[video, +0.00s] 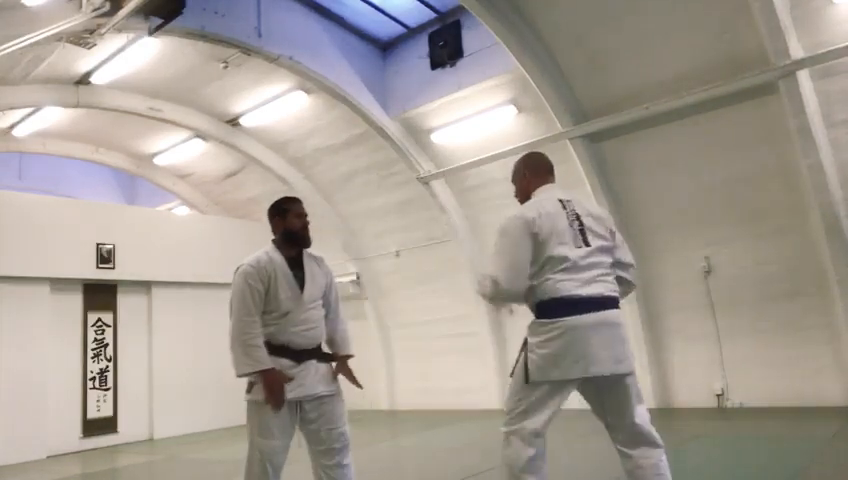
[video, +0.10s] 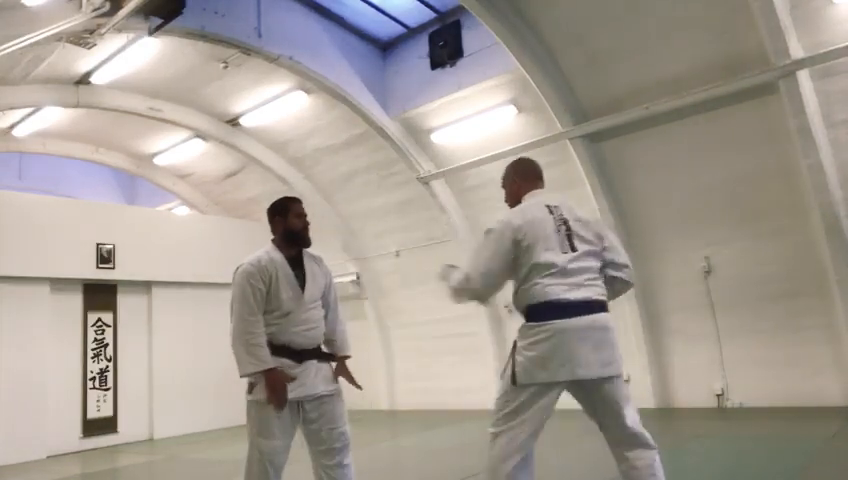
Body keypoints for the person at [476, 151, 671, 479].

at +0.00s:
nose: (515, 193)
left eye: (515, 184)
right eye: (514, 185)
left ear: (525, 179)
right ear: (551, 178)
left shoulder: (524, 218)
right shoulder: (596, 212)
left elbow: (511, 288)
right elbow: (626, 274)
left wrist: (488, 287)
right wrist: (593, 300)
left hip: (557, 335)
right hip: (608, 331)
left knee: (522, 430)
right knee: (636, 432)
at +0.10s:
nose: (504, 195)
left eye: (505, 186)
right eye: (503, 187)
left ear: (517, 185)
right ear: (539, 183)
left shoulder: (514, 223)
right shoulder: (585, 219)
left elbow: (479, 284)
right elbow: (622, 274)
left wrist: (454, 276)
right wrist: (583, 298)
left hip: (546, 339)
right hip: (596, 335)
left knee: (510, 436)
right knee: (630, 435)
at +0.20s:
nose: (484, 202)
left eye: (486, 193)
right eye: (483, 194)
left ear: (500, 191)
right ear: (520, 190)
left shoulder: (496, 231)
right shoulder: (561, 225)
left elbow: (449, 281)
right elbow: (603, 278)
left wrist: (419, 272)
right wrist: (561, 298)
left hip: (535, 343)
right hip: (585, 336)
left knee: (492, 435)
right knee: (607, 433)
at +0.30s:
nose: (458, 201)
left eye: (462, 192)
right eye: (458, 192)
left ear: (481, 193)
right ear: (494, 193)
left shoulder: (483, 235)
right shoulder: (528, 227)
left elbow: (447, 294)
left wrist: (426, 278)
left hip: (523, 348)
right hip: (565, 339)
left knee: (481, 439)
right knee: (588, 434)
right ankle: (628, 477)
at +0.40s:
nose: (435, 204)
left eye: (439, 196)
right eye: (435, 197)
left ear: (461, 193)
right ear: (466, 193)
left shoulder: (486, 228)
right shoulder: (486, 226)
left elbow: (489, 287)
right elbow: (458, 266)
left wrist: (446, 296)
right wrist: (417, 253)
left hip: (516, 340)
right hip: (540, 335)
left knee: (483, 439)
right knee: (581, 428)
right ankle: (624, 476)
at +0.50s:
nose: (417, 208)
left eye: (421, 200)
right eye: (416, 201)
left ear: (442, 199)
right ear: (442, 198)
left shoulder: (485, 224)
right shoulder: (432, 240)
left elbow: (527, 265)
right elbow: (381, 243)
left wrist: (473, 305)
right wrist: (335, 233)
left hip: (507, 344)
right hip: (526, 337)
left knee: (483, 447)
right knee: (578, 424)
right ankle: (626, 476)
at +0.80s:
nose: (395, 200)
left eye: (401, 192)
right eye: (396, 193)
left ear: (424, 192)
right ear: (420, 195)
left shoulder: (460, 217)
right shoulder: (411, 240)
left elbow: (504, 258)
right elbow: (369, 260)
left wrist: (448, 285)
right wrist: (315, 266)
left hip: (489, 335)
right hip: (477, 337)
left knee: (480, 447)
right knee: (527, 424)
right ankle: (590, 475)